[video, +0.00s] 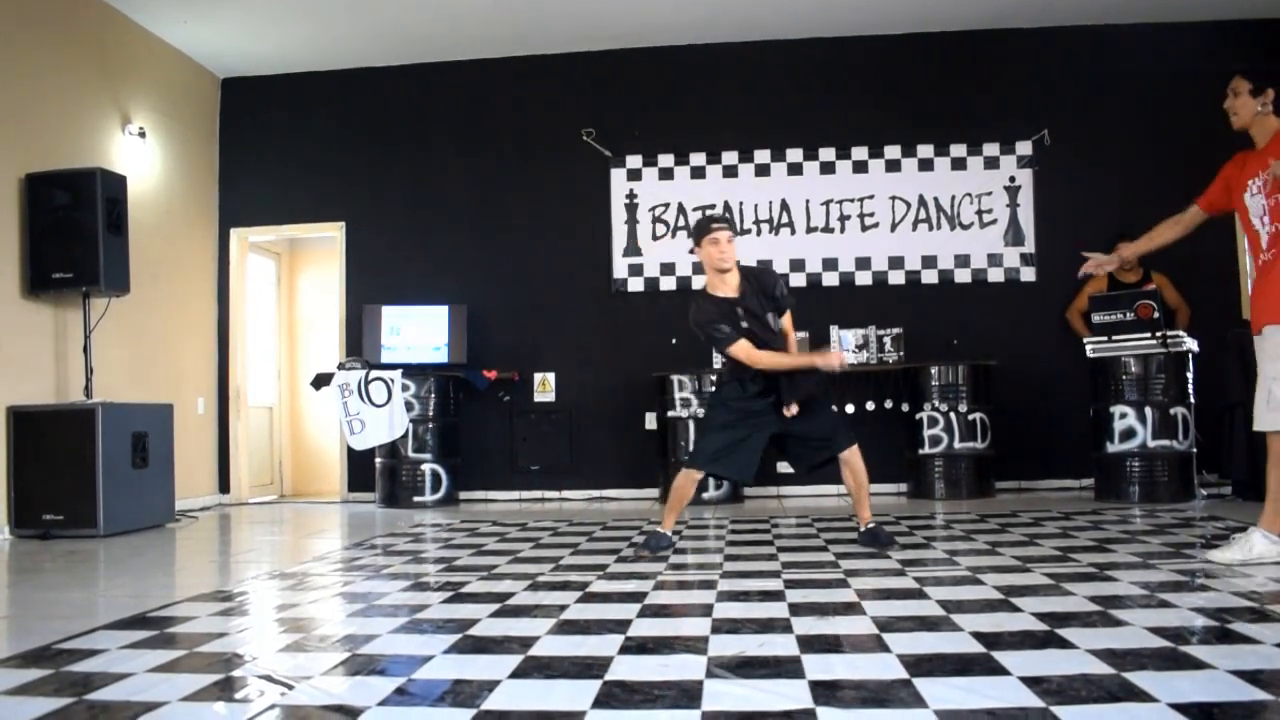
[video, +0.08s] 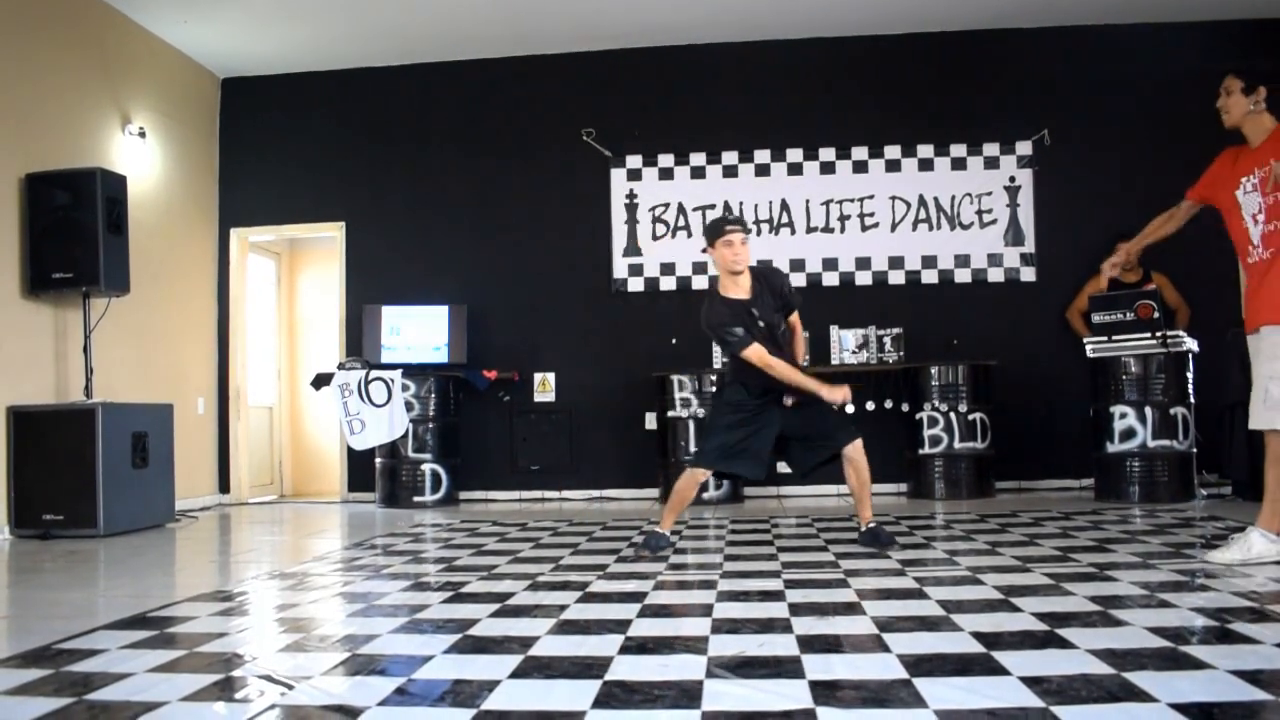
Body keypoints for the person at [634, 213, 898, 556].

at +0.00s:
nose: (724, 248)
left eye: (729, 241)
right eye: (714, 243)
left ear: (737, 247)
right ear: (698, 253)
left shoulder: (765, 280)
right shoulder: (704, 311)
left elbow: (789, 333)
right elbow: (753, 357)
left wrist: (789, 390)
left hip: (788, 383)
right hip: (739, 392)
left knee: (847, 443)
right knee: (697, 463)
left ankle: (867, 524)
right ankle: (664, 529)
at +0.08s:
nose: (738, 251)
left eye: (742, 243)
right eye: (727, 245)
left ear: (748, 247)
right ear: (711, 253)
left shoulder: (770, 278)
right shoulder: (716, 313)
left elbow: (795, 327)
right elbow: (766, 361)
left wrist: (799, 377)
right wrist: (822, 389)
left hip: (788, 393)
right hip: (742, 401)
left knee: (852, 442)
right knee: (702, 466)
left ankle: (867, 524)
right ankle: (662, 529)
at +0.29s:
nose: (781, 248)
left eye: (785, 241)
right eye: (771, 242)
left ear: (791, 246)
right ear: (752, 251)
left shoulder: (805, 286)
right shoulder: (744, 307)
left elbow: (820, 322)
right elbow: (763, 374)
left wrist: (844, 343)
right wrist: (812, 404)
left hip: (812, 401)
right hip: (757, 407)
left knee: (866, 439)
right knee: (707, 465)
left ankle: (869, 525)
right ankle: (659, 530)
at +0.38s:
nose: (820, 222)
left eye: (824, 214)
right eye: (810, 216)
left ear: (829, 220)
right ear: (790, 224)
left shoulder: (835, 271)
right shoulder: (783, 277)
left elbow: (847, 329)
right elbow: (787, 347)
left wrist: (864, 367)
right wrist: (808, 403)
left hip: (823, 378)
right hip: (779, 383)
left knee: (870, 436)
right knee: (752, 461)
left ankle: (870, 524)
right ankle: (685, 515)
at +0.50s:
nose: (850, 217)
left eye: (854, 210)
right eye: (840, 210)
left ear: (859, 216)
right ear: (821, 215)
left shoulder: (860, 267)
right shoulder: (799, 261)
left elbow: (864, 328)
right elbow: (800, 329)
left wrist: (884, 361)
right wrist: (839, 367)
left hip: (837, 360)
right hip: (791, 359)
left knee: (860, 432)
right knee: (841, 396)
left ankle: (869, 524)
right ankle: (787, 456)